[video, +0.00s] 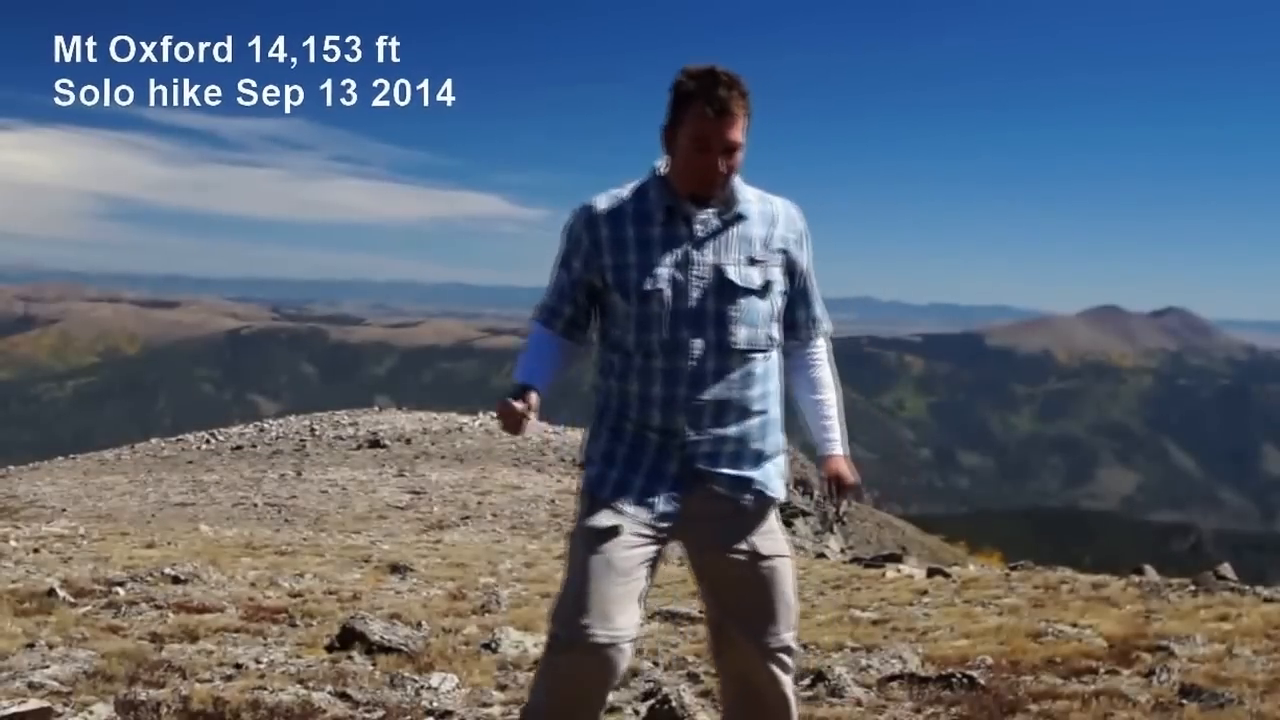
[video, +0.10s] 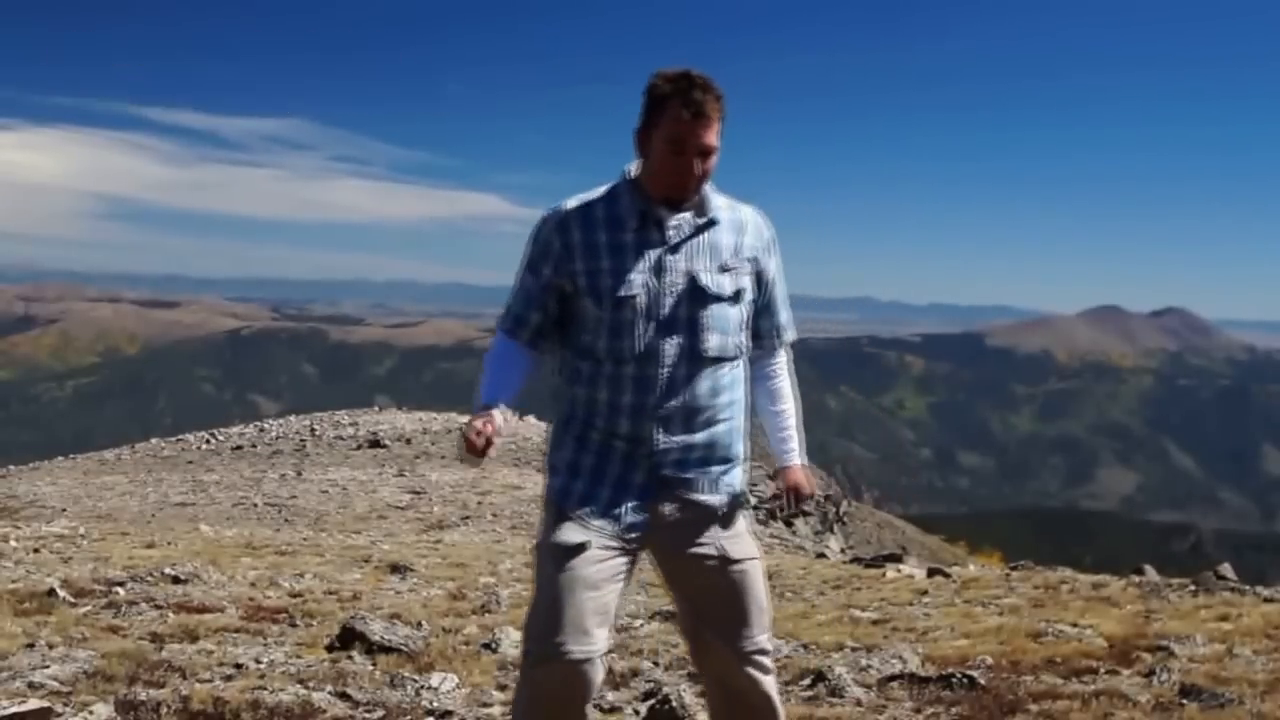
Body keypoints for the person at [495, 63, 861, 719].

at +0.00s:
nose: (722, 164)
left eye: (733, 149)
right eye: (707, 148)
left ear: (746, 142)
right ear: (671, 138)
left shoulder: (779, 225)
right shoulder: (603, 223)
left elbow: (807, 343)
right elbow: (556, 324)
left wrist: (832, 446)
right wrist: (529, 387)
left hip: (742, 475)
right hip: (629, 474)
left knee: (764, 661)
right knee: (592, 648)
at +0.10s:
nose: (695, 168)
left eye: (707, 153)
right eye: (681, 150)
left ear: (720, 148)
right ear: (644, 140)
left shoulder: (747, 233)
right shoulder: (571, 230)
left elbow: (769, 355)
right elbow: (519, 332)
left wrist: (790, 455)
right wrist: (493, 405)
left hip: (707, 486)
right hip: (593, 485)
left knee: (745, 670)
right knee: (564, 663)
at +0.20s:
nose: (677, 173)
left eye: (686, 159)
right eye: (665, 157)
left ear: (695, 152)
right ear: (622, 144)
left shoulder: (712, 236)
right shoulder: (538, 235)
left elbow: (729, 357)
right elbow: (479, 336)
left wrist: (745, 461)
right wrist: (463, 415)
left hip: (675, 488)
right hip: (560, 490)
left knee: (720, 670)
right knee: (546, 675)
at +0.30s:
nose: (656, 165)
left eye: (666, 152)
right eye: (645, 149)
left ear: (675, 145)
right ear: (599, 137)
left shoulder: (688, 226)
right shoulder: (516, 224)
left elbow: (700, 346)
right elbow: (460, 325)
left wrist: (710, 450)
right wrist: (453, 377)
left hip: (659, 478)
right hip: (545, 481)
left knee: (704, 659)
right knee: (535, 672)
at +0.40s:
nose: (643, 160)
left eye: (650, 147)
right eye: (632, 145)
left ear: (655, 137)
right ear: (583, 130)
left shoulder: (673, 217)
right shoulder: (500, 218)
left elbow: (688, 337)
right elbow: (447, 323)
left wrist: (694, 444)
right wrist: (443, 376)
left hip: (649, 474)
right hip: (538, 477)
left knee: (680, 655)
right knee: (532, 665)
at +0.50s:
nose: (631, 172)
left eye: (638, 159)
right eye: (621, 158)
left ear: (644, 146)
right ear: (571, 141)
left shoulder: (664, 221)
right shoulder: (489, 230)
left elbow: (686, 342)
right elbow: (441, 337)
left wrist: (695, 449)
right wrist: (424, 433)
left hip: (640, 477)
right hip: (529, 482)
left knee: (672, 662)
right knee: (528, 667)